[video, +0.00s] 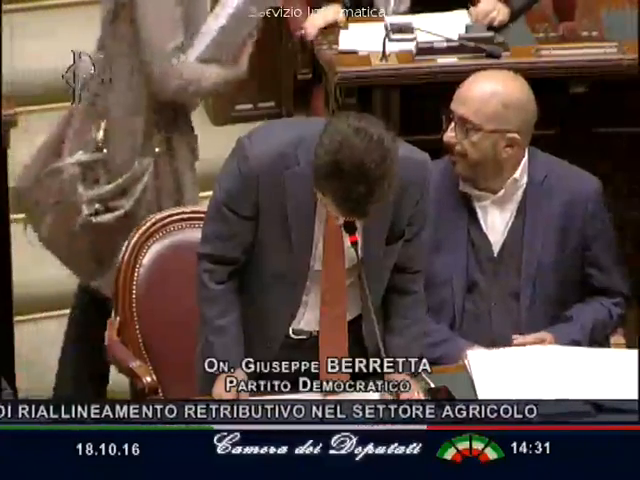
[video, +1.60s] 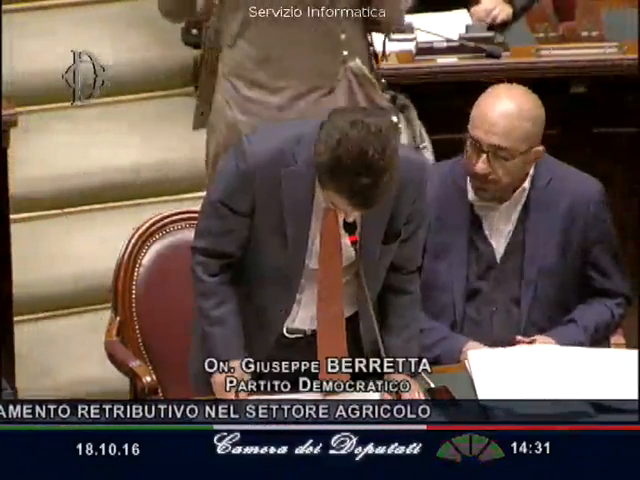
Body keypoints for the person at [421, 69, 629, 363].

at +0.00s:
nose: (448, 138)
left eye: (466, 129)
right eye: (450, 120)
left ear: (509, 146)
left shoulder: (578, 194)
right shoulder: (423, 187)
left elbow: (611, 297)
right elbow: (396, 308)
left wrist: (558, 339)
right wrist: (462, 354)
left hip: (549, 380)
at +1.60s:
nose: (480, 167)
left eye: (500, 155)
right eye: (474, 146)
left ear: (534, 156)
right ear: (467, 134)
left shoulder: (581, 198)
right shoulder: (428, 188)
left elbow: (612, 296)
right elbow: (390, 300)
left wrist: (558, 341)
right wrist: (458, 349)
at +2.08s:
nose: (517, 188)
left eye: (534, 173)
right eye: (505, 170)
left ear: (557, 163)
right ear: (485, 150)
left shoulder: (592, 203)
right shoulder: (434, 197)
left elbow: (613, 298)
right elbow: (396, 305)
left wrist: (561, 342)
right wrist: (461, 353)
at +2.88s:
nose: (500, 208)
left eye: (511, 190)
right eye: (484, 195)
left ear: (523, 162)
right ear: (454, 177)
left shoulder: (571, 201)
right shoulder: (425, 217)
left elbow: (605, 290)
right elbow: (409, 321)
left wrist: (568, 315)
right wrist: (466, 360)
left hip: (559, 367)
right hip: (468, 374)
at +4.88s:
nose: (474, 209)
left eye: (483, 189)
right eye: (457, 198)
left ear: (495, 157)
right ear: (428, 183)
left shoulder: (553, 196)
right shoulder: (409, 222)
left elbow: (588, 271)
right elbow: (399, 326)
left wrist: (604, 307)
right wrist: (455, 353)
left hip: (556, 377)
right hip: (458, 388)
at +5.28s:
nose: (476, 207)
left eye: (483, 188)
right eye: (458, 198)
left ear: (494, 159)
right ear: (430, 185)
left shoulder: (552, 196)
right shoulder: (410, 221)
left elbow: (599, 279)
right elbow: (400, 325)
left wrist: (565, 302)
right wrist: (455, 353)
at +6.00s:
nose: (481, 207)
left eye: (486, 186)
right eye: (463, 199)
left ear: (493, 158)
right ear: (432, 189)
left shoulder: (552, 197)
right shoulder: (409, 225)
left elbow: (594, 284)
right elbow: (402, 327)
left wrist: (561, 315)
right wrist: (455, 353)